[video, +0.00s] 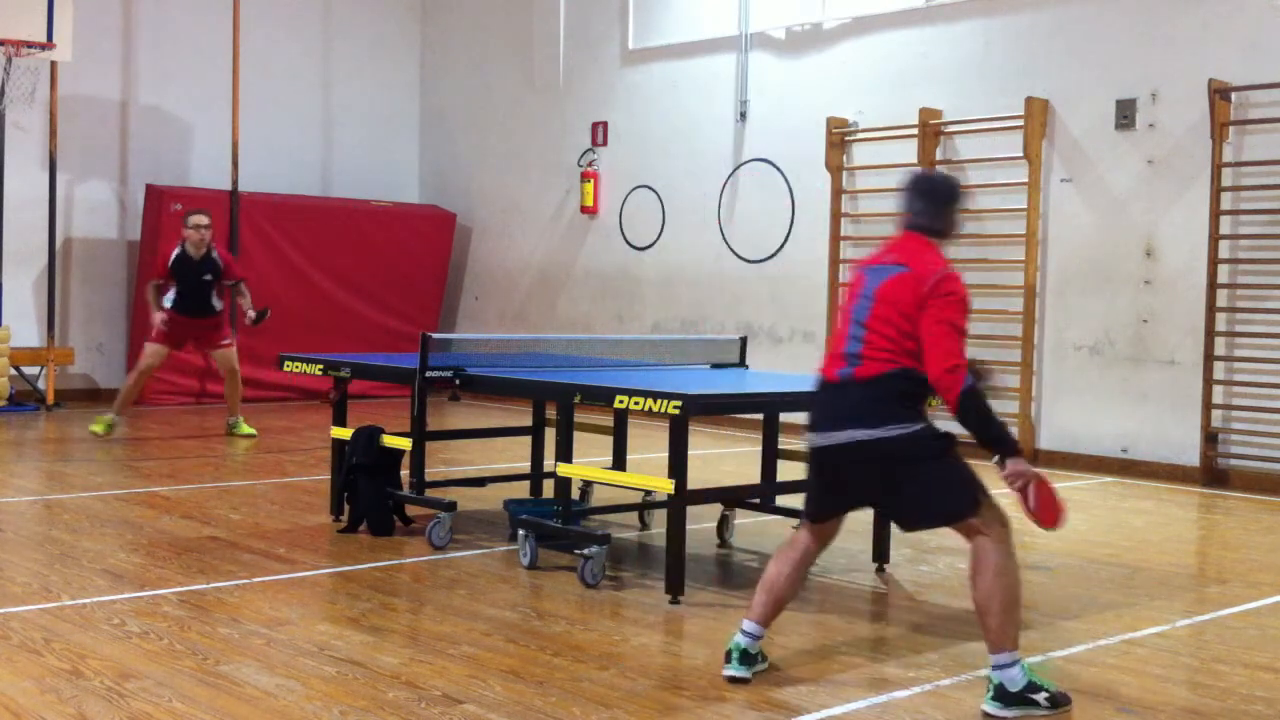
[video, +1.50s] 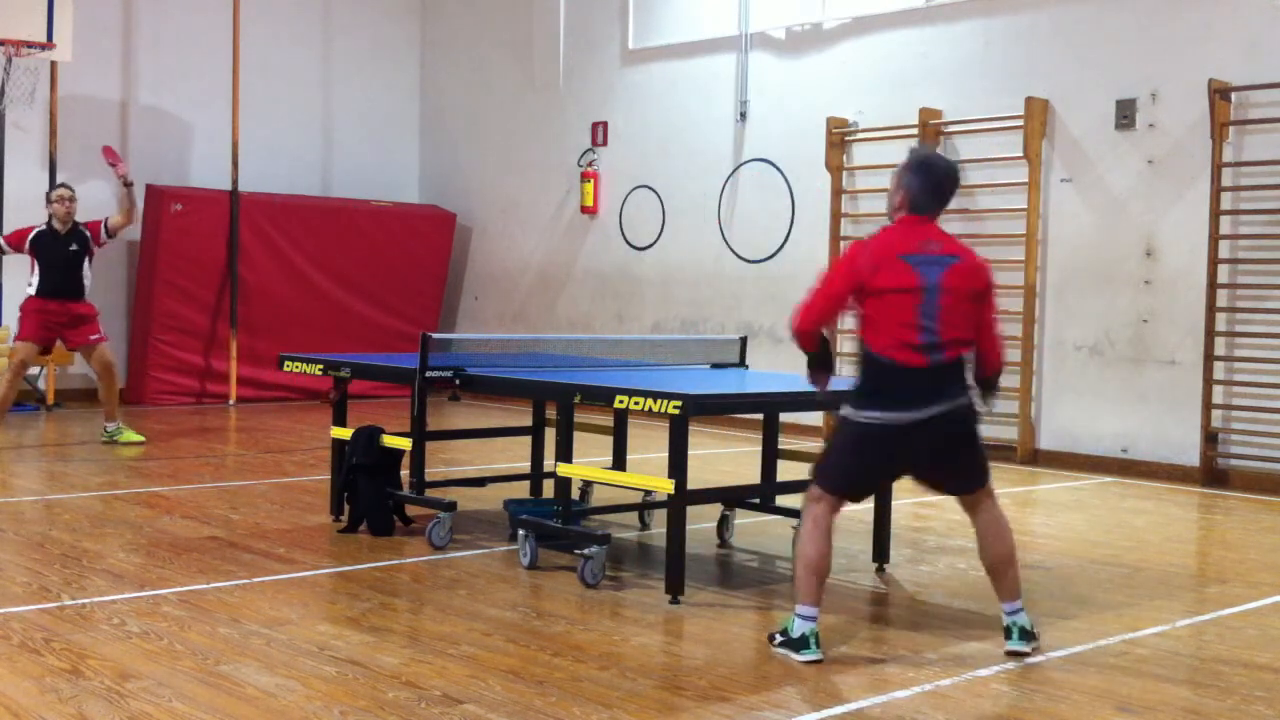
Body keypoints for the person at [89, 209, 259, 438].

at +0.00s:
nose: (203, 233)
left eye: (207, 228)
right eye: (197, 228)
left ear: (212, 232)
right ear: (185, 232)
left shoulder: (220, 258)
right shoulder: (172, 256)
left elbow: (239, 286)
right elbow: (154, 285)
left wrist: (248, 309)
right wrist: (155, 311)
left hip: (212, 322)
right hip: (175, 320)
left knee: (232, 369)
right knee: (144, 367)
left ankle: (235, 420)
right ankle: (112, 417)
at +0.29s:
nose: (156, 225)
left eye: (160, 220)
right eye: (150, 220)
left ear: (164, 224)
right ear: (137, 222)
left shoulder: (164, 251)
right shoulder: (119, 247)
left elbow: (174, 278)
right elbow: (90, 278)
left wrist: (193, 302)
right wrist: (99, 294)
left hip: (152, 317)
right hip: (117, 316)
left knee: (181, 363)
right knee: (104, 368)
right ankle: (95, 423)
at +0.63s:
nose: (126, 236)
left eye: (130, 231)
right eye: (120, 230)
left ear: (133, 235)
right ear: (106, 233)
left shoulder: (128, 265)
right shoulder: (87, 257)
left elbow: (132, 295)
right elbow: (55, 294)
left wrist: (149, 319)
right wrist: (79, 322)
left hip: (107, 324)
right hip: (72, 322)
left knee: (141, 368)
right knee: (44, 375)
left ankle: (117, 424)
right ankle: (2, 419)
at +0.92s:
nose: (95, 235)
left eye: (99, 231)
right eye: (89, 230)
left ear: (102, 236)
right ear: (75, 232)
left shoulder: (95, 267)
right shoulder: (57, 255)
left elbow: (99, 301)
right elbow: (26, 291)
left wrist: (100, 318)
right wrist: (51, 311)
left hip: (74, 326)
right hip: (41, 323)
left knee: (118, 372)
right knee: (32, 380)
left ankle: (113, 427)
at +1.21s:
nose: (73, 206)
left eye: (78, 202)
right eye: (67, 202)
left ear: (84, 205)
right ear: (58, 206)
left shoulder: (95, 234)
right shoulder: (42, 235)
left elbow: (129, 241)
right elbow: (7, 250)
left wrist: (126, 210)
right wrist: (2, 227)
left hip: (85, 314)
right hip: (47, 312)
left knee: (112, 370)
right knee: (24, 367)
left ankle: (113, 427)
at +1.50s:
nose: (66, 205)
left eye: (70, 200)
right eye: (59, 201)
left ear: (76, 206)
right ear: (49, 207)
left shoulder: (88, 233)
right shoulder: (33, 236)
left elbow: (126, 218)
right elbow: (1, 244)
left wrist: (125, 183)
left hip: (78, 313)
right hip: (39, 311)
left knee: (106, 364)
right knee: (18, 363)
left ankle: (112, 427)